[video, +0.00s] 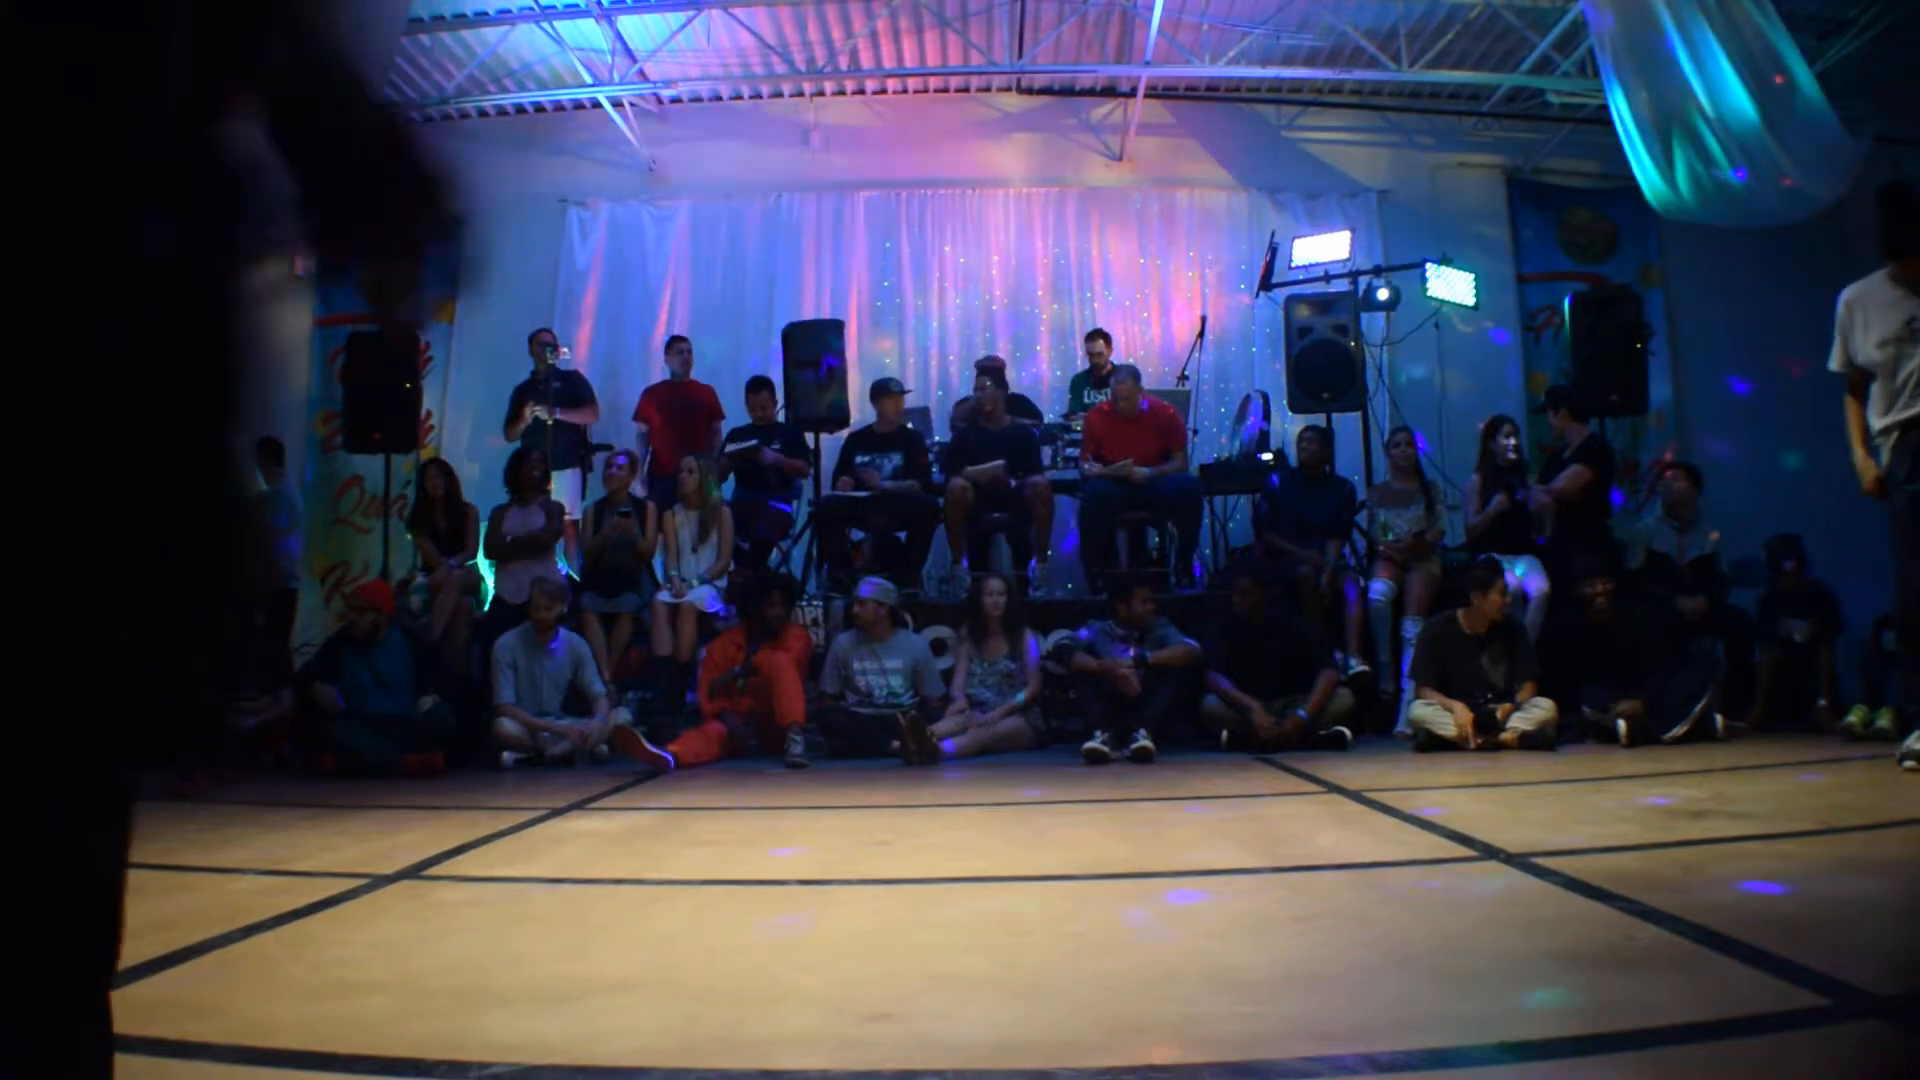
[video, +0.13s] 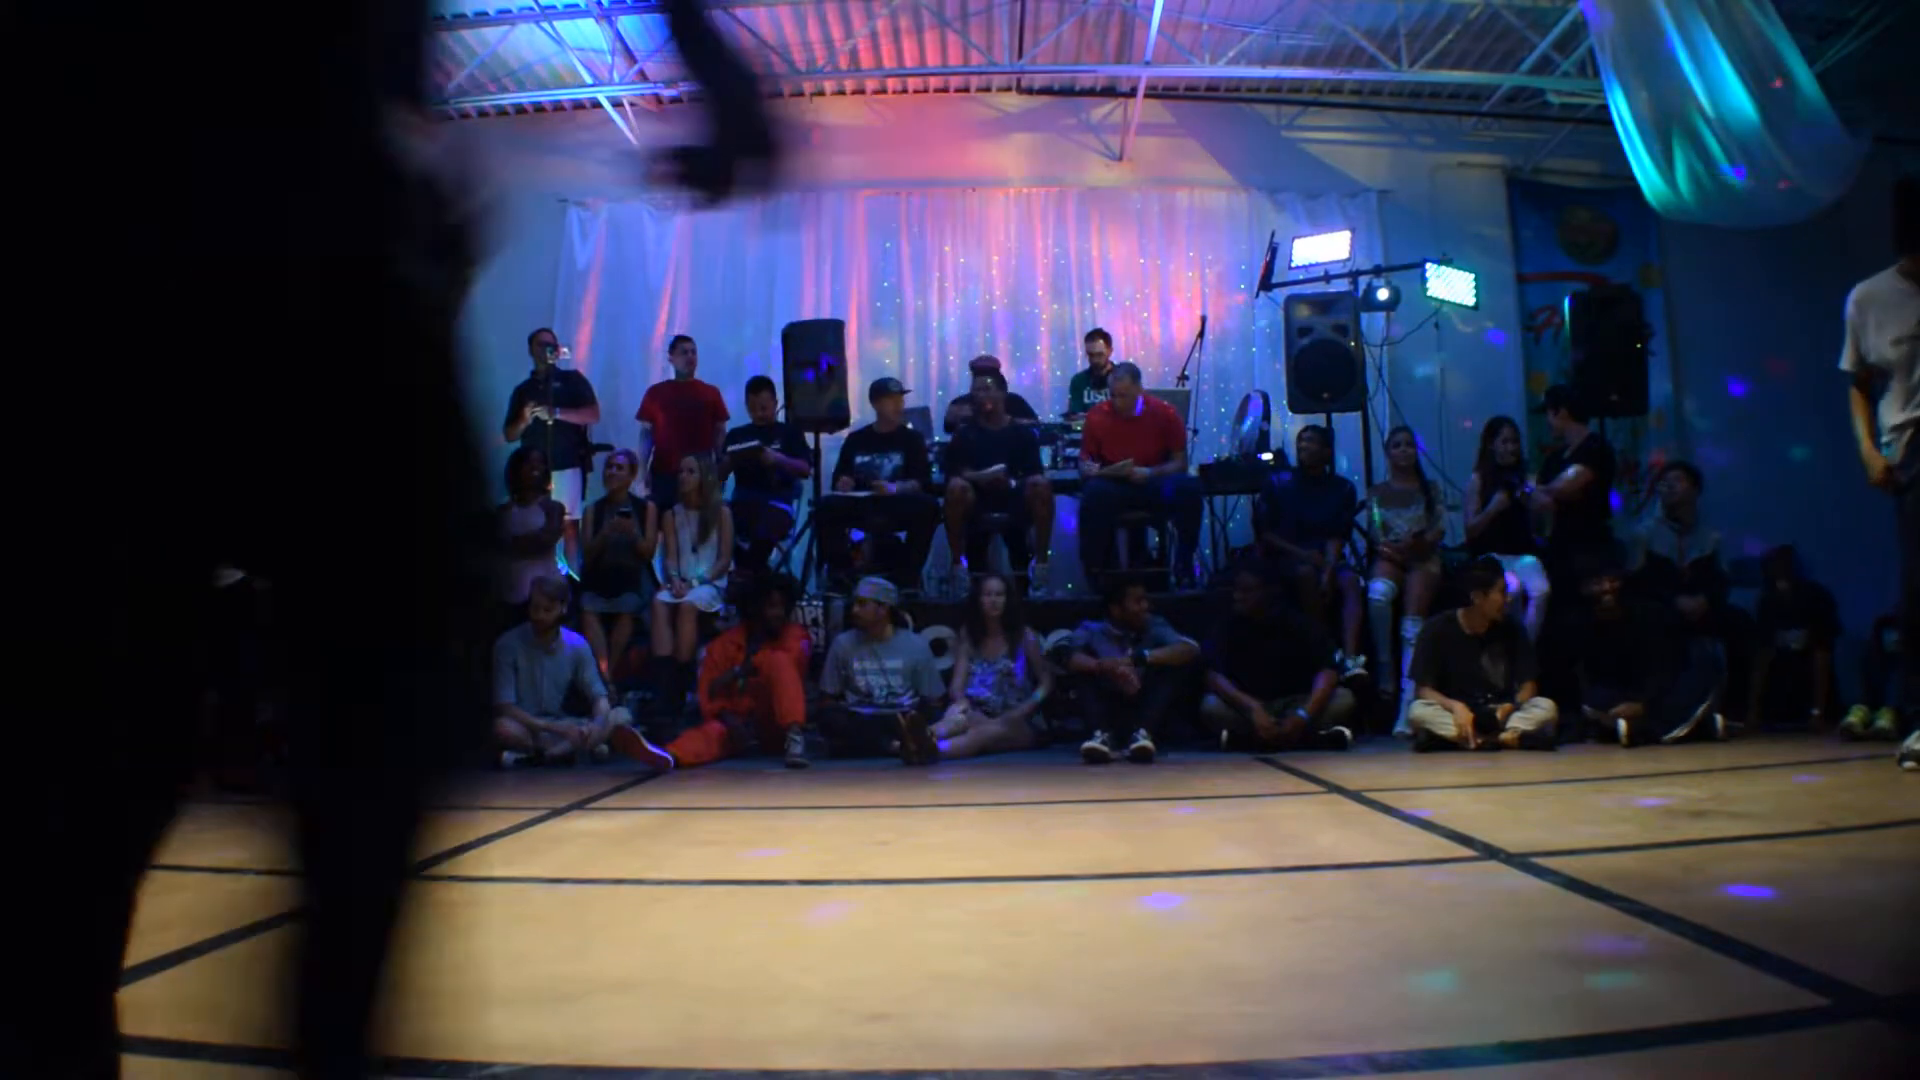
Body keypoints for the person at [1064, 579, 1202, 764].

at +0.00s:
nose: (1151, 608)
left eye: (1150, 602)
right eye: (1143, 602)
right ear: (1121, 608)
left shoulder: (1158, 628)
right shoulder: (1099, 631)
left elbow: (1191, 650)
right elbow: (1063, 650)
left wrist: (1141, 661)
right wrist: (1109, 670)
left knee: (1173, 668)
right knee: (1085, 672)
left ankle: (1143, 733)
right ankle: (1101, 735)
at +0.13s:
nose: (1145, 607)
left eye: (1145, 601)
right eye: (1137, 602)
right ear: (1116, 609)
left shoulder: (1153, 627)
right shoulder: (1093, 631)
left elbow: (1191, 650)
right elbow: (1060, 651)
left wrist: (1140, 659)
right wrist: (1108, 668)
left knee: (1170, 667)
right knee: (1086, 672)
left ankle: (1143, 733)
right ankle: (1101, 735)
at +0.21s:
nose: (1142, 607)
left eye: (1141, 601)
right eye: (1134, 602)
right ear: (1113, 609)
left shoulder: (1151, 627)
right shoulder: (1092, 631)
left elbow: (1189, 649)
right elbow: (1060, 652)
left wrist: (1139, 659)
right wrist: (1108, 668)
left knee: (1170, 666)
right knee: (1088, 671)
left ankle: (1143, 733)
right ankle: (1101, 734)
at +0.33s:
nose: (1137, 607)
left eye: (1136, 601)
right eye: (1129, 602)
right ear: (1110, 609)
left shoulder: (1148, 627)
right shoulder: (1089, 632)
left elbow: (1187, 648)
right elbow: (1058, 652)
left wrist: (1139, 660)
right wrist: (1107, 668)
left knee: (1167, 670)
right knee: (1087, 672)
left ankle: (1142, 733)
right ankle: (1099, 734)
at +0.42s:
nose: (1134, 606)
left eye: (1134, 600)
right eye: (1126, 601)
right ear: (1107, 609)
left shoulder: (1145, 626)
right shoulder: (1088, 632)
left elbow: (1185, 647)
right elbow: (1059, 654)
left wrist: (1137, 659)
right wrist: (1107, 669)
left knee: (1163, 669)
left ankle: (1143, 733)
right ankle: (1099, 733)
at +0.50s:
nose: (1133, 606)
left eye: (1132, 600)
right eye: (1125, 601)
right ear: (1105, 610)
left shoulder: (1143, 627)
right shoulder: (1086, 633)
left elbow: (1185, 647)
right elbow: (1053, 652)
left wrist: (1136, 659)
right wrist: (1105, 668)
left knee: (1160, 668)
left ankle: (1142, 734)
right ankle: (1099, 734)